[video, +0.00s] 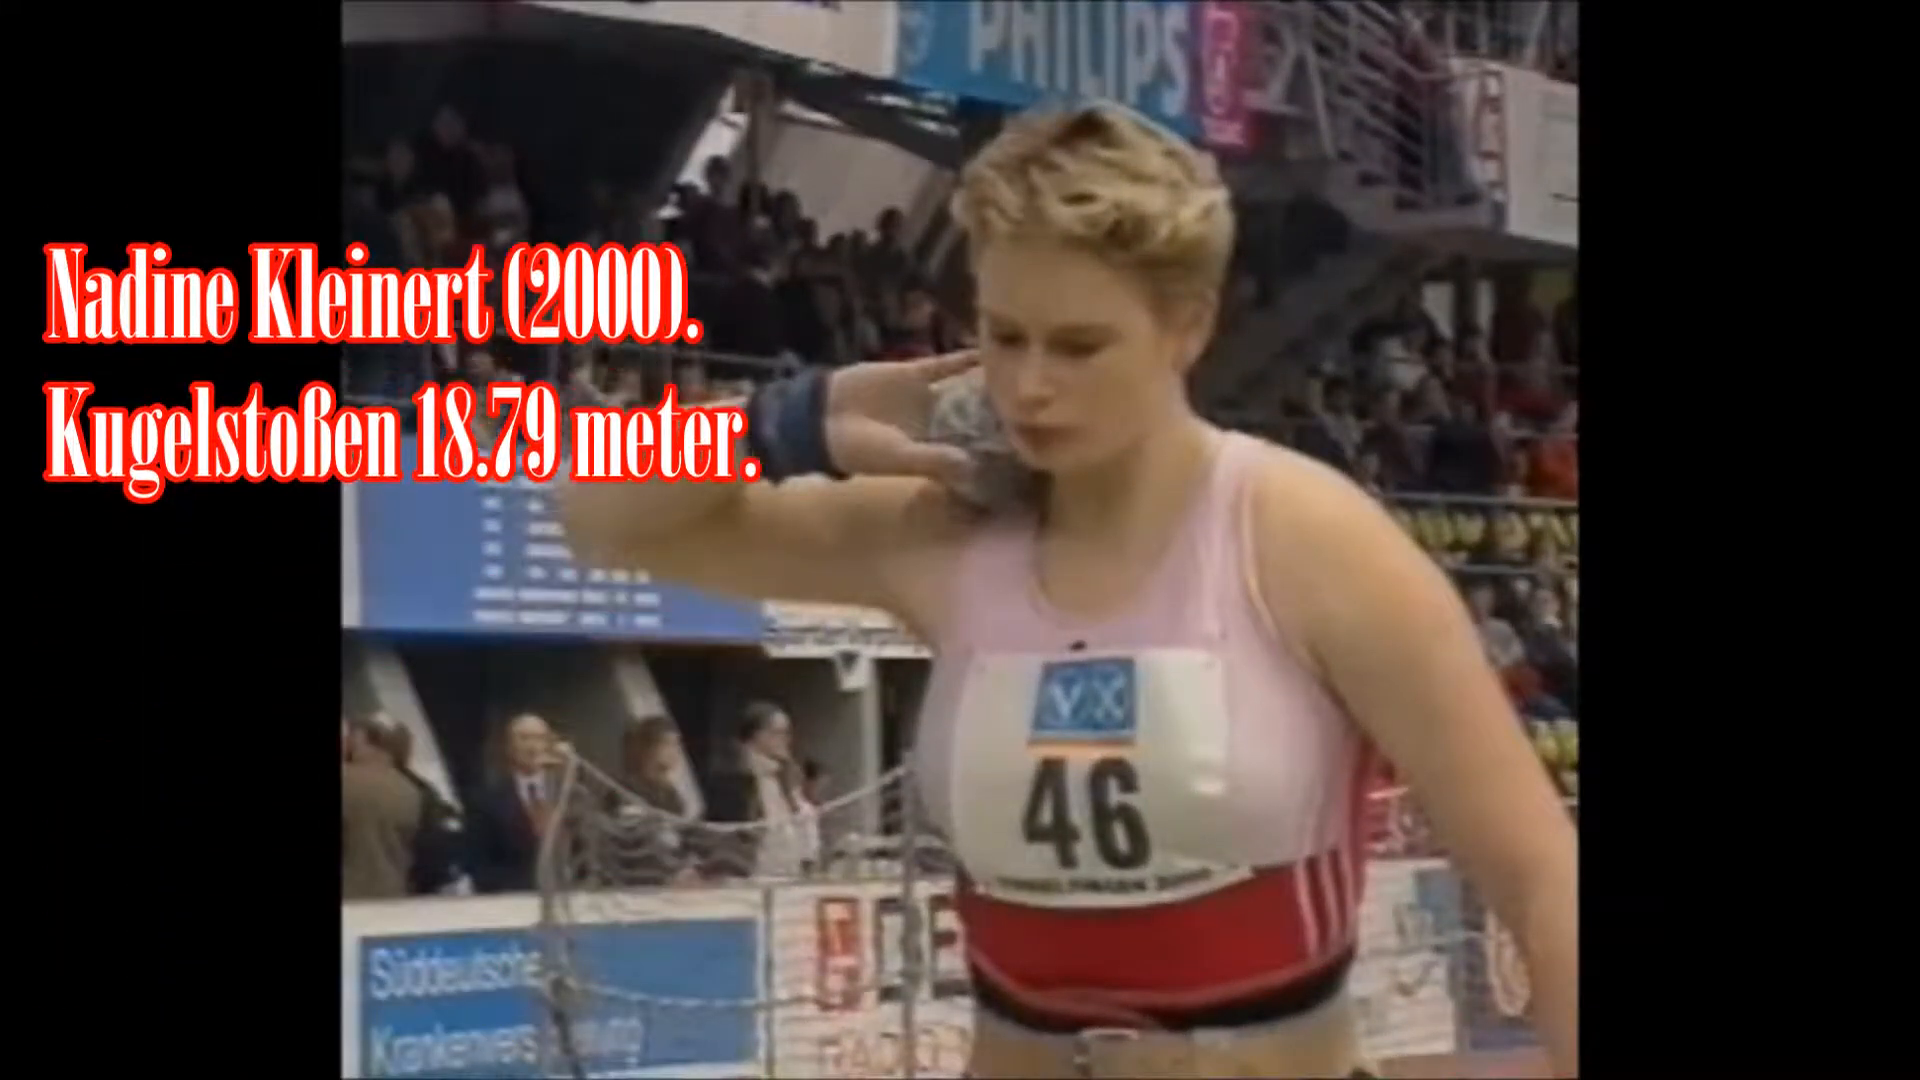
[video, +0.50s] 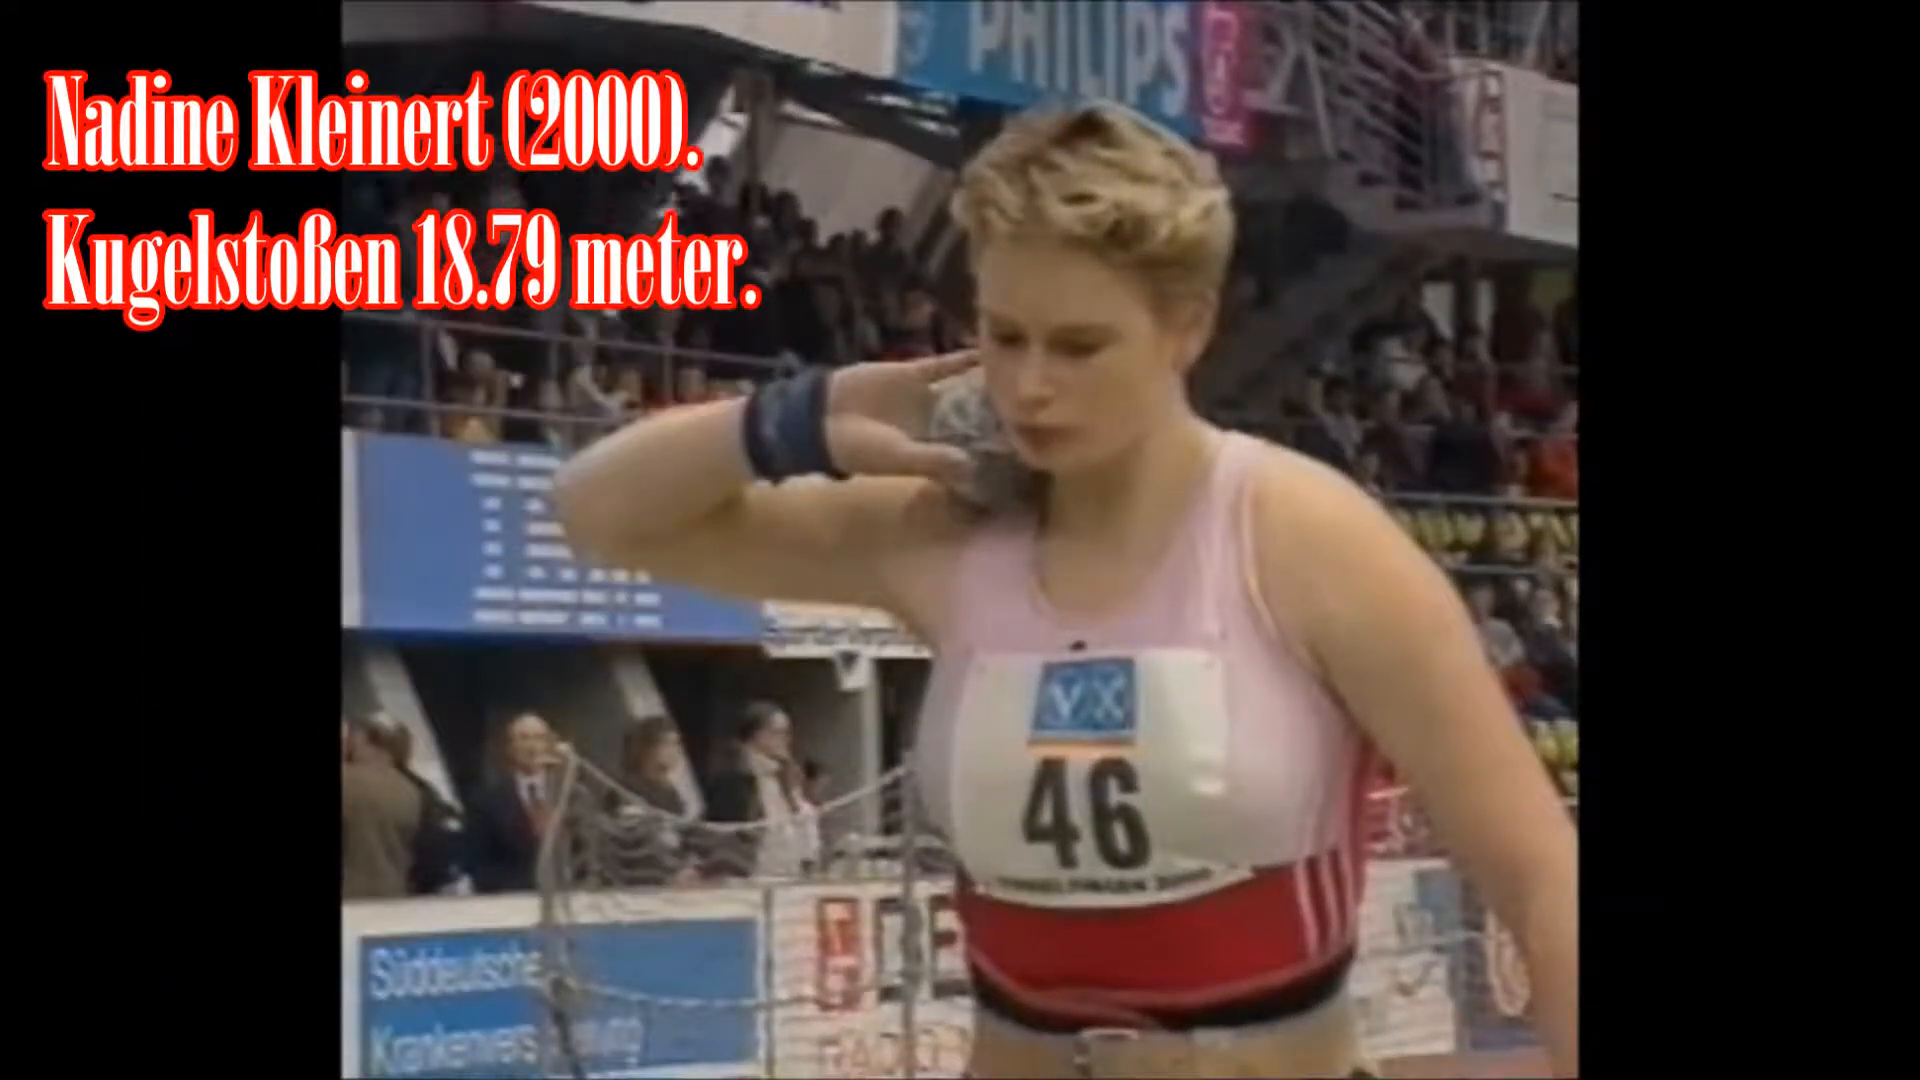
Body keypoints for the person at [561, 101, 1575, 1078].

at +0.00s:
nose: (1027, 387)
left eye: (1079, 344)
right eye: (1004, 338)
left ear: (1187, 327)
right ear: (973, 323)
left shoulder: (1301, 532)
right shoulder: (928, 534)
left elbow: (1538, 874)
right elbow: (608, 519)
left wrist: (1564, 1061)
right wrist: (812, 420)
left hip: (1272, 1055)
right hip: (1017, 1053)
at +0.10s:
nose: (1028, 387)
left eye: (1079, 344)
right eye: (1004, 338)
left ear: (1186, 328)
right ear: (974, 324)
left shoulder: (1303, 533)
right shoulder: (927, 534)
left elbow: (1538, 874)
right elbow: (599, 514)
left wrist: (1564, 1061)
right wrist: (810, 417)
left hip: (1270, 1053)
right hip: (1017, 1051)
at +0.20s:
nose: (1029, 386)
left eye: (1079, 345)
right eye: (1004, 338)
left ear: (1185, 329)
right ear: (974, 324)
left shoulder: (1303, 533)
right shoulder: (928, 534)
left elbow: (1538, 874)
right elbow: (599, 514)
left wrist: (1564, 1061)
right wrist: (808, 419)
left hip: (1269, 1054)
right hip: (1017, 1051)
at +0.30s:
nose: (1028, 387)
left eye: (1079, 345)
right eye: (1004, 338)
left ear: (1186, 328)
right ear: (974, 323)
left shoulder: (1302, 533)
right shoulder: (929, 534)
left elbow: (1538, 874)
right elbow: (600, 512)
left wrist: (1564, 1061)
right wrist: (808, 419)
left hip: (1269, 1054)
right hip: (1017, 1051)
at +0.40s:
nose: (1028, 387)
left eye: (1079, 345)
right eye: (1004, 338)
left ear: (1186, 328)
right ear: (974, 324)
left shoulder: (1302, 533)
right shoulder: (929, 534)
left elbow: (1539, 874)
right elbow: (601, 512)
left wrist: (1564, 1061)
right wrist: (810, 420)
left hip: (1268, 1054)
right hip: (1017, 1051)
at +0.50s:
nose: (1028, 387)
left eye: (1079, 345)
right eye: (1004, 338)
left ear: (1186, 328)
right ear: (974, 324)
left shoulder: (1302, 533)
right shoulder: (929, 534)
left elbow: (1538, 874)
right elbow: (601, 512)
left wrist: (1565, 1061)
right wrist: (810, 420)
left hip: (1269, 1054)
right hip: (1017, 1051)